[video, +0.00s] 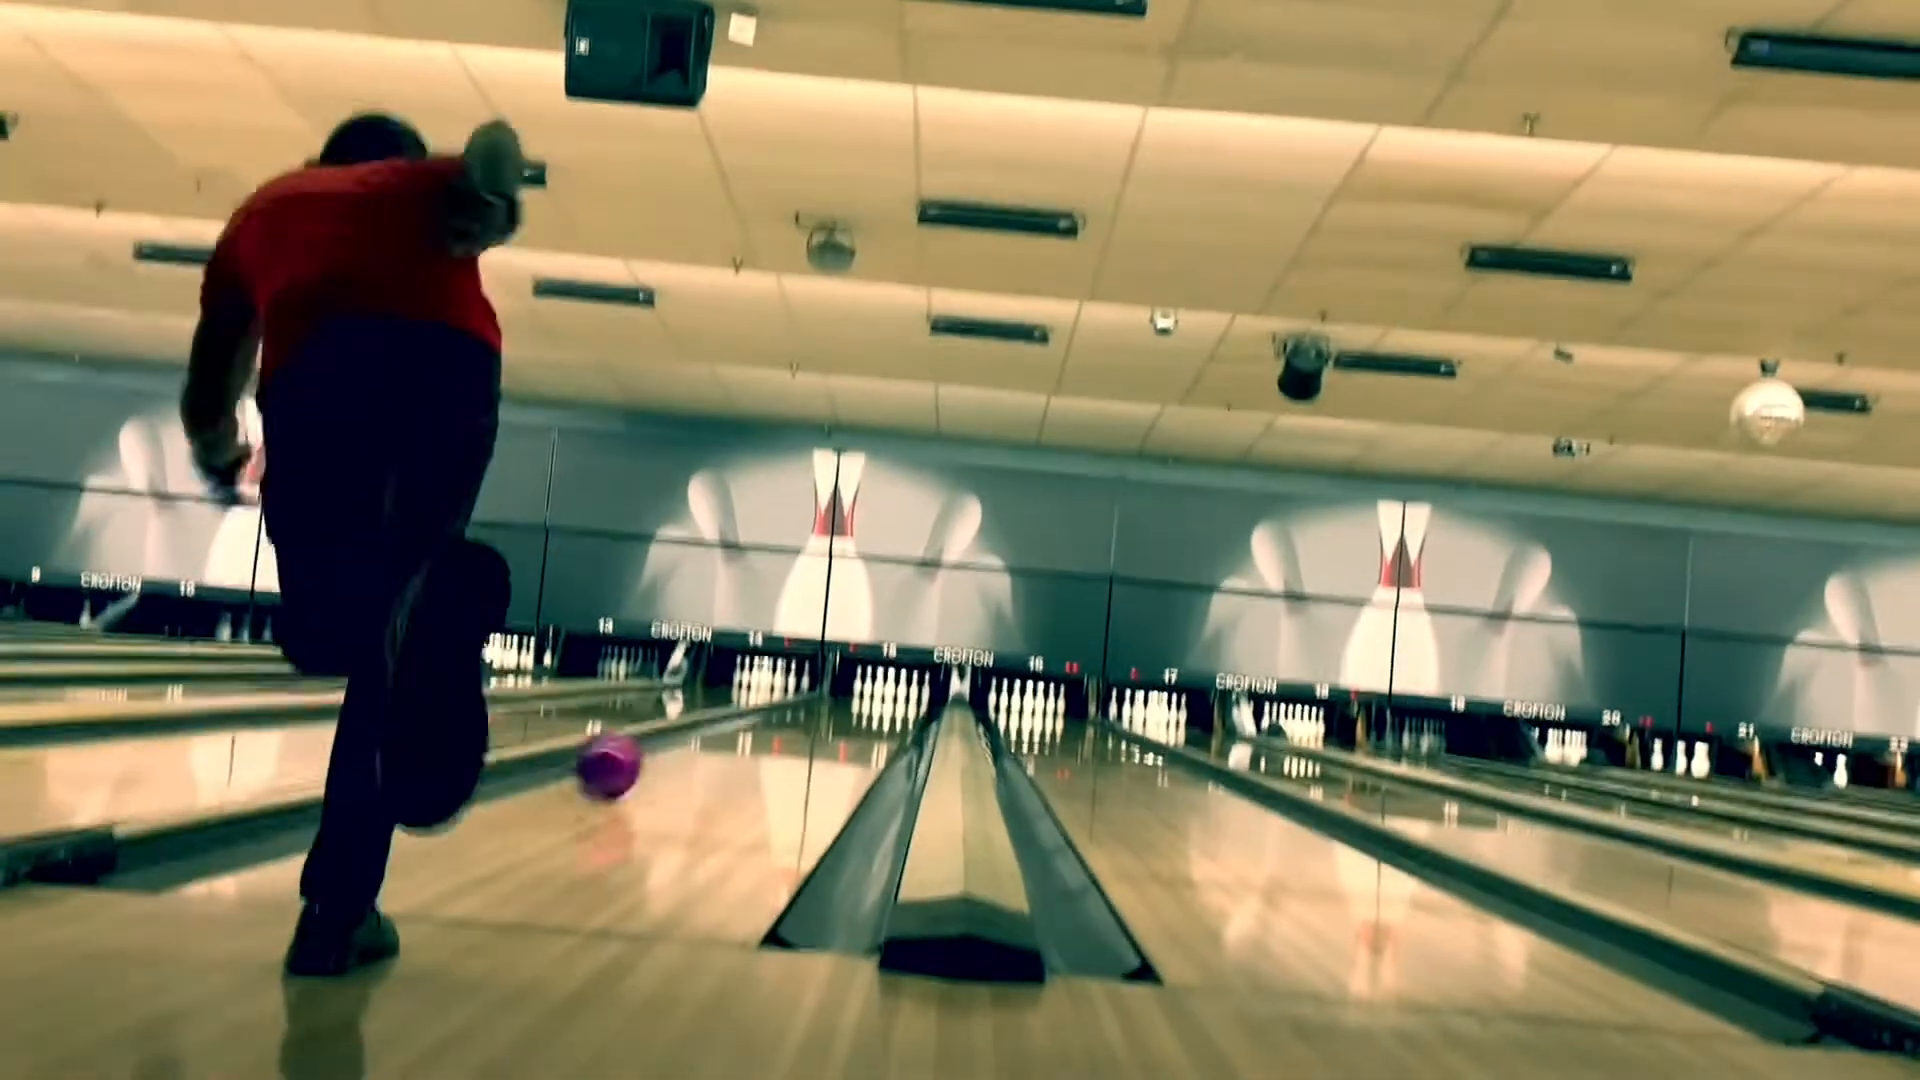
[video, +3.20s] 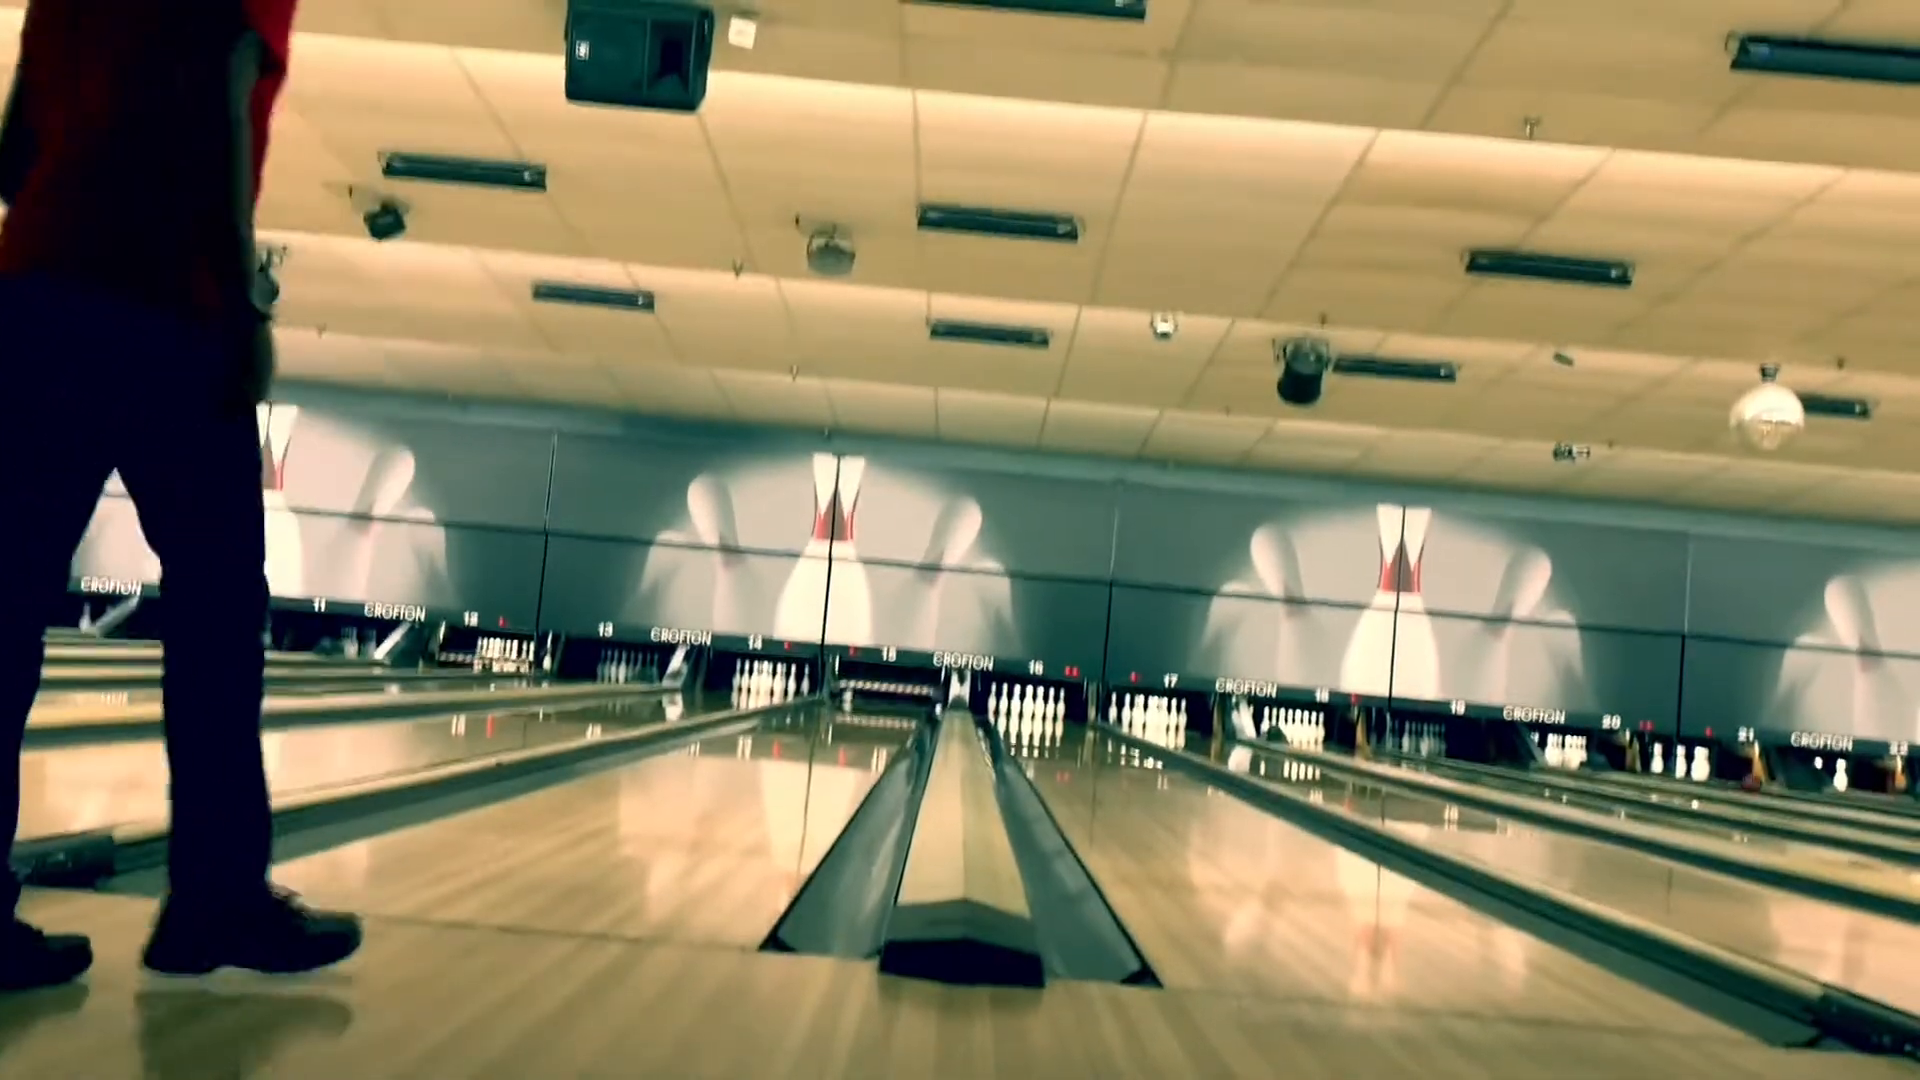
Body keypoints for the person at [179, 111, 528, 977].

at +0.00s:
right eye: (410, 157)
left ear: (327, 160)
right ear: (412, 157)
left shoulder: (266, 209)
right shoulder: (436, 181)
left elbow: (209, 386)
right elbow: (490, 151)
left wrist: (222, 452)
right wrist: (493, 196)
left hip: (321, 374)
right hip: (448, 366)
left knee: (314, 632)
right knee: (392, 647)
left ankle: (428, 609)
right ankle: (334, 916)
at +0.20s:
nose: (411, 133)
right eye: (410, 121)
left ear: (309, 111)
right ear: (403, 120)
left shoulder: (250, 166)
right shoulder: (436, 160)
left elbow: (197, 334)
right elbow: (532, 180)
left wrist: (139, 470)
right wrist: (544, 310)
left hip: (315, 381)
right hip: (441, 377)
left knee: (287, 617)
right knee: (392, 646)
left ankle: (340, 678)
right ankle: (334, 921)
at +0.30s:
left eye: (291, 76)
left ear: (295, 82)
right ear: (391, 96)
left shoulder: (250, 128)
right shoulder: (434, 146)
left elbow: (188, 279)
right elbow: (531, 187)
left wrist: (118, 410)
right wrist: (540, 317)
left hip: (306, 375)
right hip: (433, 379)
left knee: (253, 606)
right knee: (386, 635)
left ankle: (296, 767)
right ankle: (338, 913)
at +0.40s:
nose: (268, 58)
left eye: (274, 46)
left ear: (280, 53)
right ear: (374, 67)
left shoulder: (240, 100)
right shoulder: (423, 134)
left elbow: (170, 245)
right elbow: (525, 189)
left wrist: (89, 378)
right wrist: (524, 345)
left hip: (286, 368)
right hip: (419, 377)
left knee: (206, 614)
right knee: (381, 640)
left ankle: (207, 883)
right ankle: (337, 918)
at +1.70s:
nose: (434, 20)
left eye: (427, 14)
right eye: (435, 12)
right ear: (420, 5)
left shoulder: (231, 56)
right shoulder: (443, 85)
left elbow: (167, 216)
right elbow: (446, 230)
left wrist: (231, 312)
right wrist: (437, 371)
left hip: (208, 367)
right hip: (340, 381)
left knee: (141, 623)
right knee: (320, 651)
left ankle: (79, 899)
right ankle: (263, 910)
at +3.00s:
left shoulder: (144, 11)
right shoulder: (350, 11)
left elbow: (89, 188)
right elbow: (346, 177)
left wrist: (167, 288)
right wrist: (365, 331)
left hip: (130, 347)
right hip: (263, 357)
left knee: (82, 618)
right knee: (284, 638)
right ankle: (267, 904)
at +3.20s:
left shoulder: (64, 5)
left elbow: (19, 141)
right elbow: (233, 87)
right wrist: (246, 288)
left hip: (42, 295)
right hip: (177, 304)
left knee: (12, 613)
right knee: (218, 606)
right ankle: (215, 897)